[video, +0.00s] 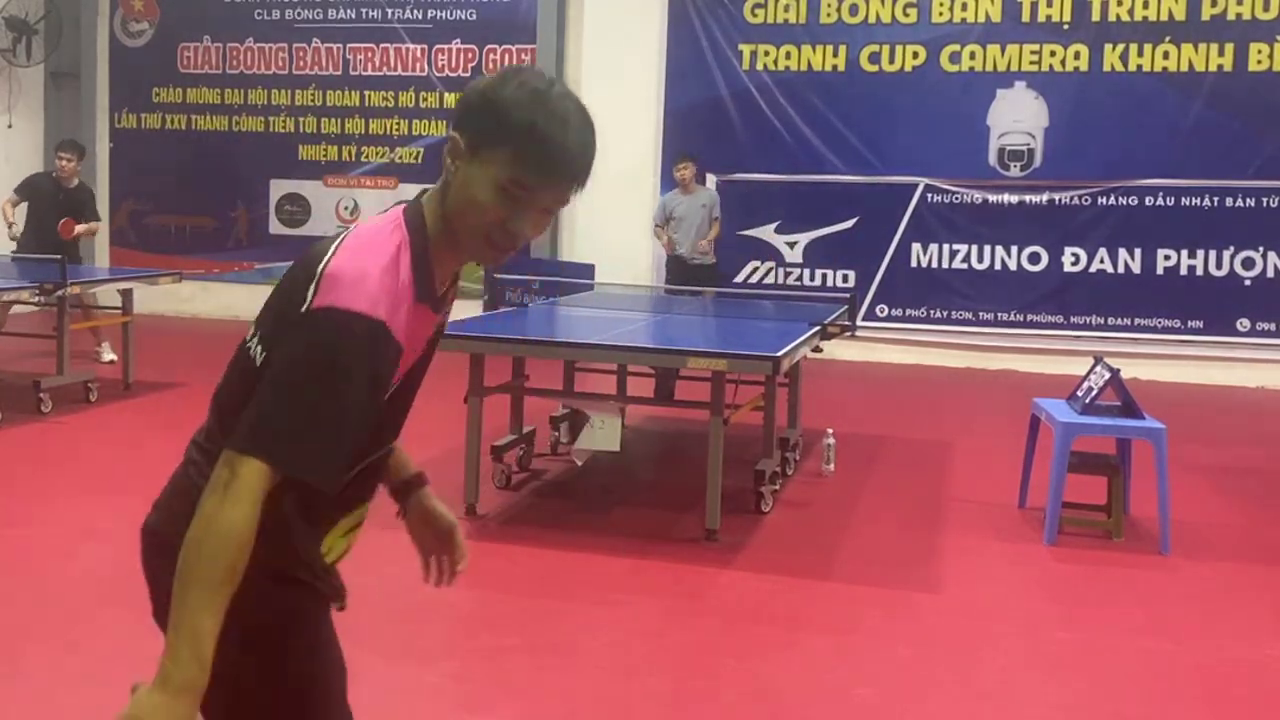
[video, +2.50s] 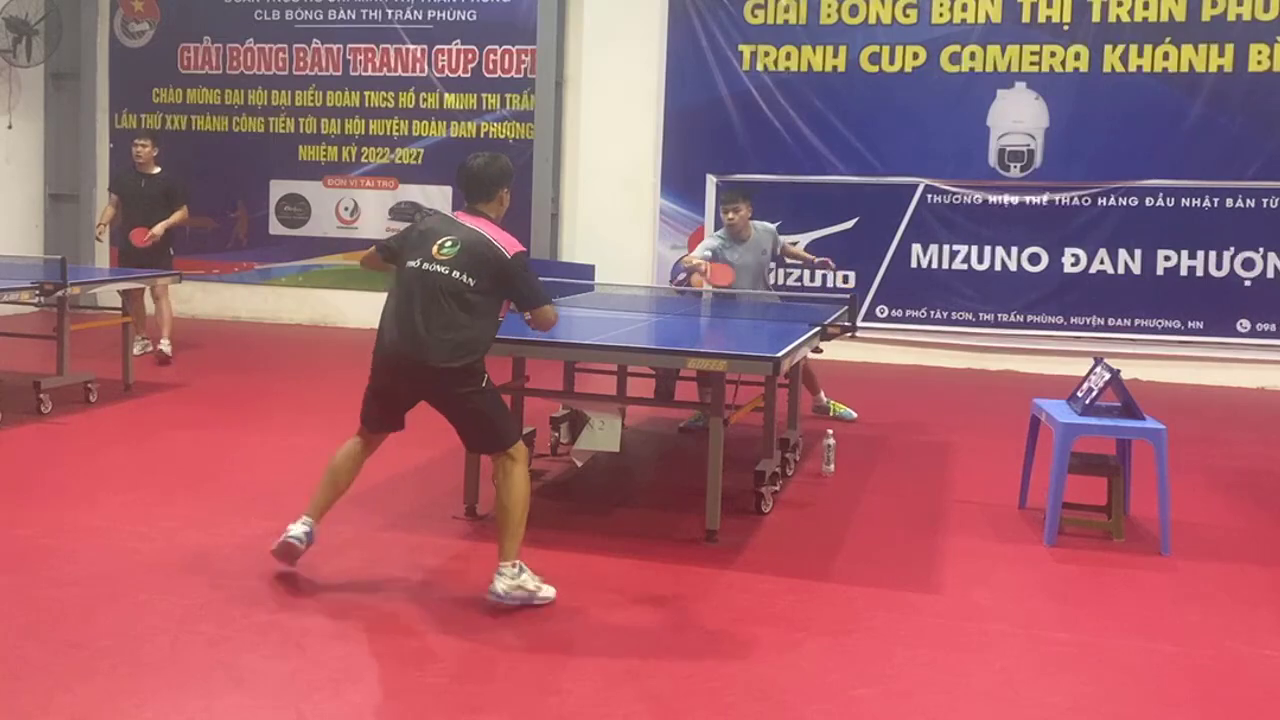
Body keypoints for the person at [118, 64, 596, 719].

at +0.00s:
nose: (525, 230)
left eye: (549, 212)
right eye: (511, 196)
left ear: (564, 204)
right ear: (455, 157)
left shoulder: (432, 261)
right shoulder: (361, 301)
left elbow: (354, 402)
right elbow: (239, 480)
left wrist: (410, 491)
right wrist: (175, 687)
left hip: (286, 543)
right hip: (240, 559)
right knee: (310, 708)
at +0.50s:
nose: (509, 258)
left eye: (513, 250)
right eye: (508, 248)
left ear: (488, 241)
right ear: (483, 237)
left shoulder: (470, 269)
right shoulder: (417, 250)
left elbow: (486, 321)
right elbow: (384, 309)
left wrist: (530, 330)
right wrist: (438, 294)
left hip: (390, 340)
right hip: (341, 331)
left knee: (403, 414)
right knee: (318, 419)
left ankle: (407, 505)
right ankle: (289, 487)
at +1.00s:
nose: (468, 191)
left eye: (466, 183)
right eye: (459, 183)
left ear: (444, 191)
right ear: (431, 192)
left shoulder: (454, 219)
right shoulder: (390, 233)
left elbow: (511, 198)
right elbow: (373, 298)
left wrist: (558, 161)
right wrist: (425, 294)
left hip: (400, 334)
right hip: (347, 330)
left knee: (414, 420)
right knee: (295, 414)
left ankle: (408, 506)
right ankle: (249, 495)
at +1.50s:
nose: (416, 197)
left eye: (412, 191)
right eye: (408, 194)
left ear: (398, 205)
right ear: (385, 209)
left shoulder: (415, 225)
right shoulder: (354, 242)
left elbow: (462, 207)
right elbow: (341, 309)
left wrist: (511, 192)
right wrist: (373, 269)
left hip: (380, 339)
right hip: (330, 342)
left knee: (437, 393)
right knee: (282, 431)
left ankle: (391, 455)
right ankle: (255, 505)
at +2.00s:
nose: (508, 219)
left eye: (511, 210)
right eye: (509, 210)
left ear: (476, 202)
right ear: (498, 209)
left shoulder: (441, 221)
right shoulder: (456, 239)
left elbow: (398, 242)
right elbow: (424, 272)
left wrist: (372, 261)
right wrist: (456, 320)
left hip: (398, 339)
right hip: (378, 342)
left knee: (443, 421)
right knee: (427, 427)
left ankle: (400, 502)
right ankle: (341, 498)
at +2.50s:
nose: (509, 199)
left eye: (507, 192)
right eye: (509, 193)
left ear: (463, 193)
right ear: (502, 197)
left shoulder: (426, 225)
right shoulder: (506, 249)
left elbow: (370, 259)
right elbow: (545, 319)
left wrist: (415, 265)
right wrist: (524, 300)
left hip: (393, 360)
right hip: (453, 368)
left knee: (365, 438)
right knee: (513, 453)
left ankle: (305, 524)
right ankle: (510, 571)